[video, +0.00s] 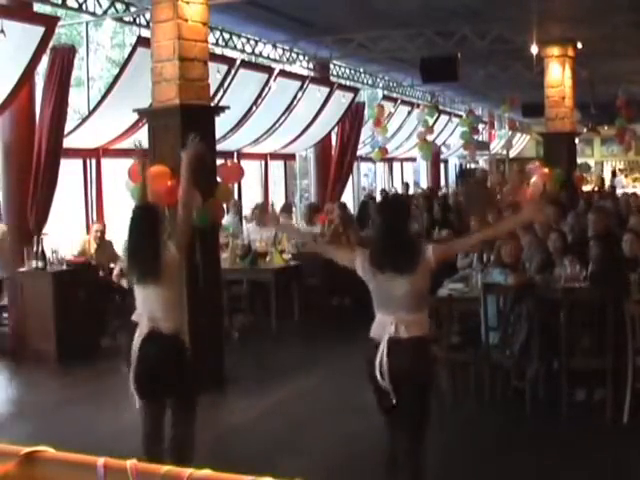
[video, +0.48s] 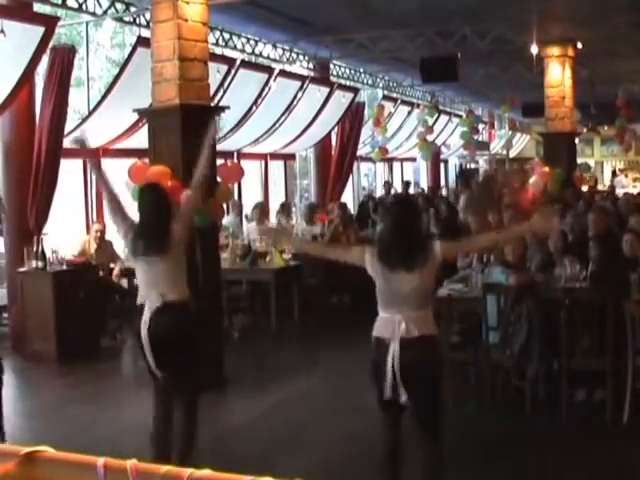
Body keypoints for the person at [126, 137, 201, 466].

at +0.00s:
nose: (167, 225)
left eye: (162, 220)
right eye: (163, 221)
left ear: (134, 231)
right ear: (159, 228)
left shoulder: (132, 264)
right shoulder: (173, 257)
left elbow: (139, 224)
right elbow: (184, 209)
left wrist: (144, 181)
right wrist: (187, 161)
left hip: (144, 344)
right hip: (175, 344)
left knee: (151, 418)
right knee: (182, 417)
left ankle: (151, 471)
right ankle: (179, 470)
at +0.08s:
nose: (166, 222)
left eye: (160, 217)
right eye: (163, 218)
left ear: (135, 227)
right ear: (160, 225)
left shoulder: (133, 261)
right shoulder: (174, 252)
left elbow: (138, 221)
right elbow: (183, 209)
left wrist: (140, 179)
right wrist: (185, 160)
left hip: (151, 332)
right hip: (179, 328)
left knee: (160, 409)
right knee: (185, 408)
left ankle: (157, 464)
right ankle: (184, 466)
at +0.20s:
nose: (169, 221)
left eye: (165, 217)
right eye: (165, 217)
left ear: (136, 227)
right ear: (162, 225)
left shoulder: (134, 260)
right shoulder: (174, 253)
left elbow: (133, 217)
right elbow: (183, 207)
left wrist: (134, 175)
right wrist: (184, 158)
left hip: (152, 330)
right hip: (178, 327)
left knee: (170, 400)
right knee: (187, 399)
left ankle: (161, 457)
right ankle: (186, 461)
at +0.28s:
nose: (168, 221)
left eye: (163, 216)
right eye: (166, 217)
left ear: (138, 225)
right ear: (165, 224)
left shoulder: (135, 258)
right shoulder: (175, 251)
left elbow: (132, 211)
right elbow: (184, 205)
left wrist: (125, 164)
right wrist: (186, 155)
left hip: (152, 330)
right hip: (180, 326)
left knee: (170, 402)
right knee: (188, 401)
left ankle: (163, 460)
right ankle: (187, 464)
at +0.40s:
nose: (166, 211)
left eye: (153, 207)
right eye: (164, 208)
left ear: (139, 216)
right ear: (167, 214)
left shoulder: (133, 247)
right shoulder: (176, 240)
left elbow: (121, 203)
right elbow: (191, 190)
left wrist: (105, 159)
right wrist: (198, 145)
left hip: (153, 320)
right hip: (183, 316)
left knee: (163, 396)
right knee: (187, 396)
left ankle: (161, 460)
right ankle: (188, 463)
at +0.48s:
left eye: (144, 202)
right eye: (164, 200)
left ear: (140, 208)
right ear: (169, 207)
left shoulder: (132, 238)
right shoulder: (177, 232)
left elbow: (113, 202)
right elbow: (198, 184)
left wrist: (95, 165)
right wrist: (209, 137)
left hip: (151, 315)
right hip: (182, 312)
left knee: (161, 389)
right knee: (187, 390)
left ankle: (161, 458)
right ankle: (185, 459)